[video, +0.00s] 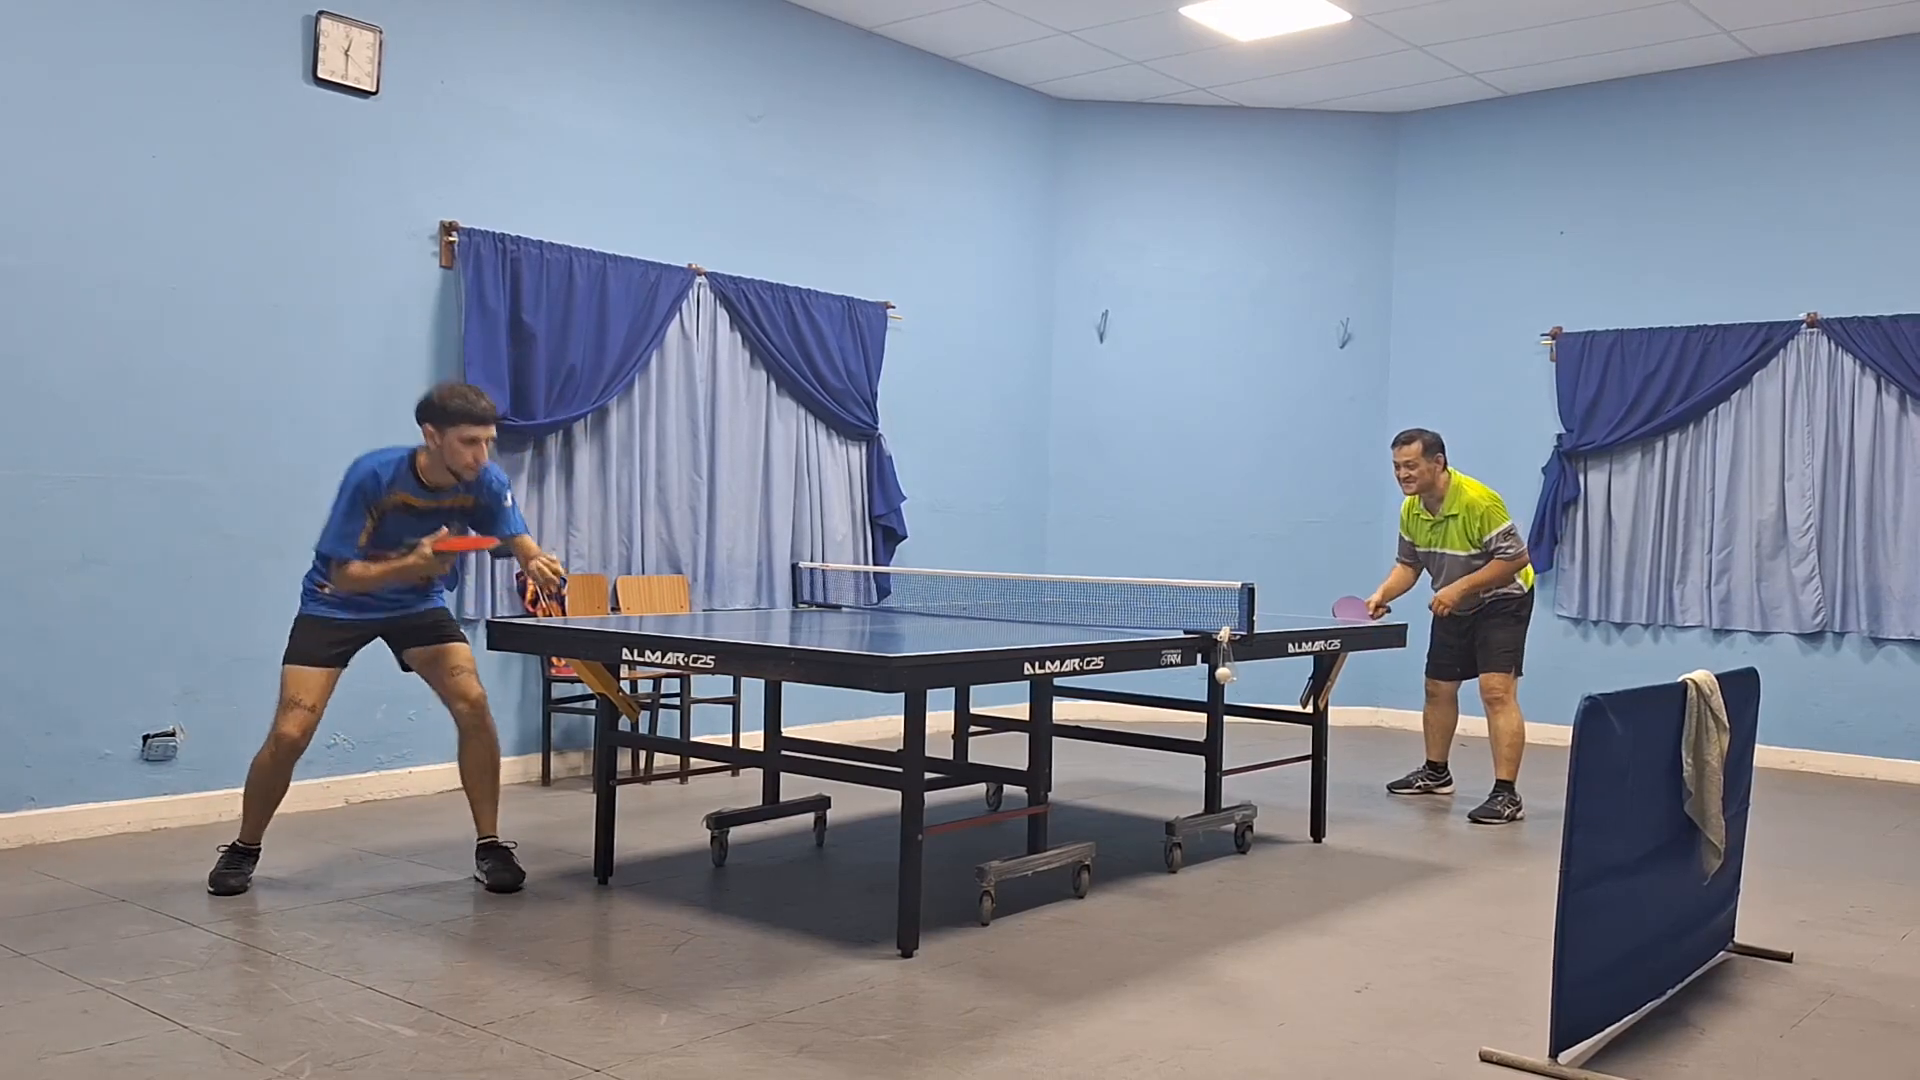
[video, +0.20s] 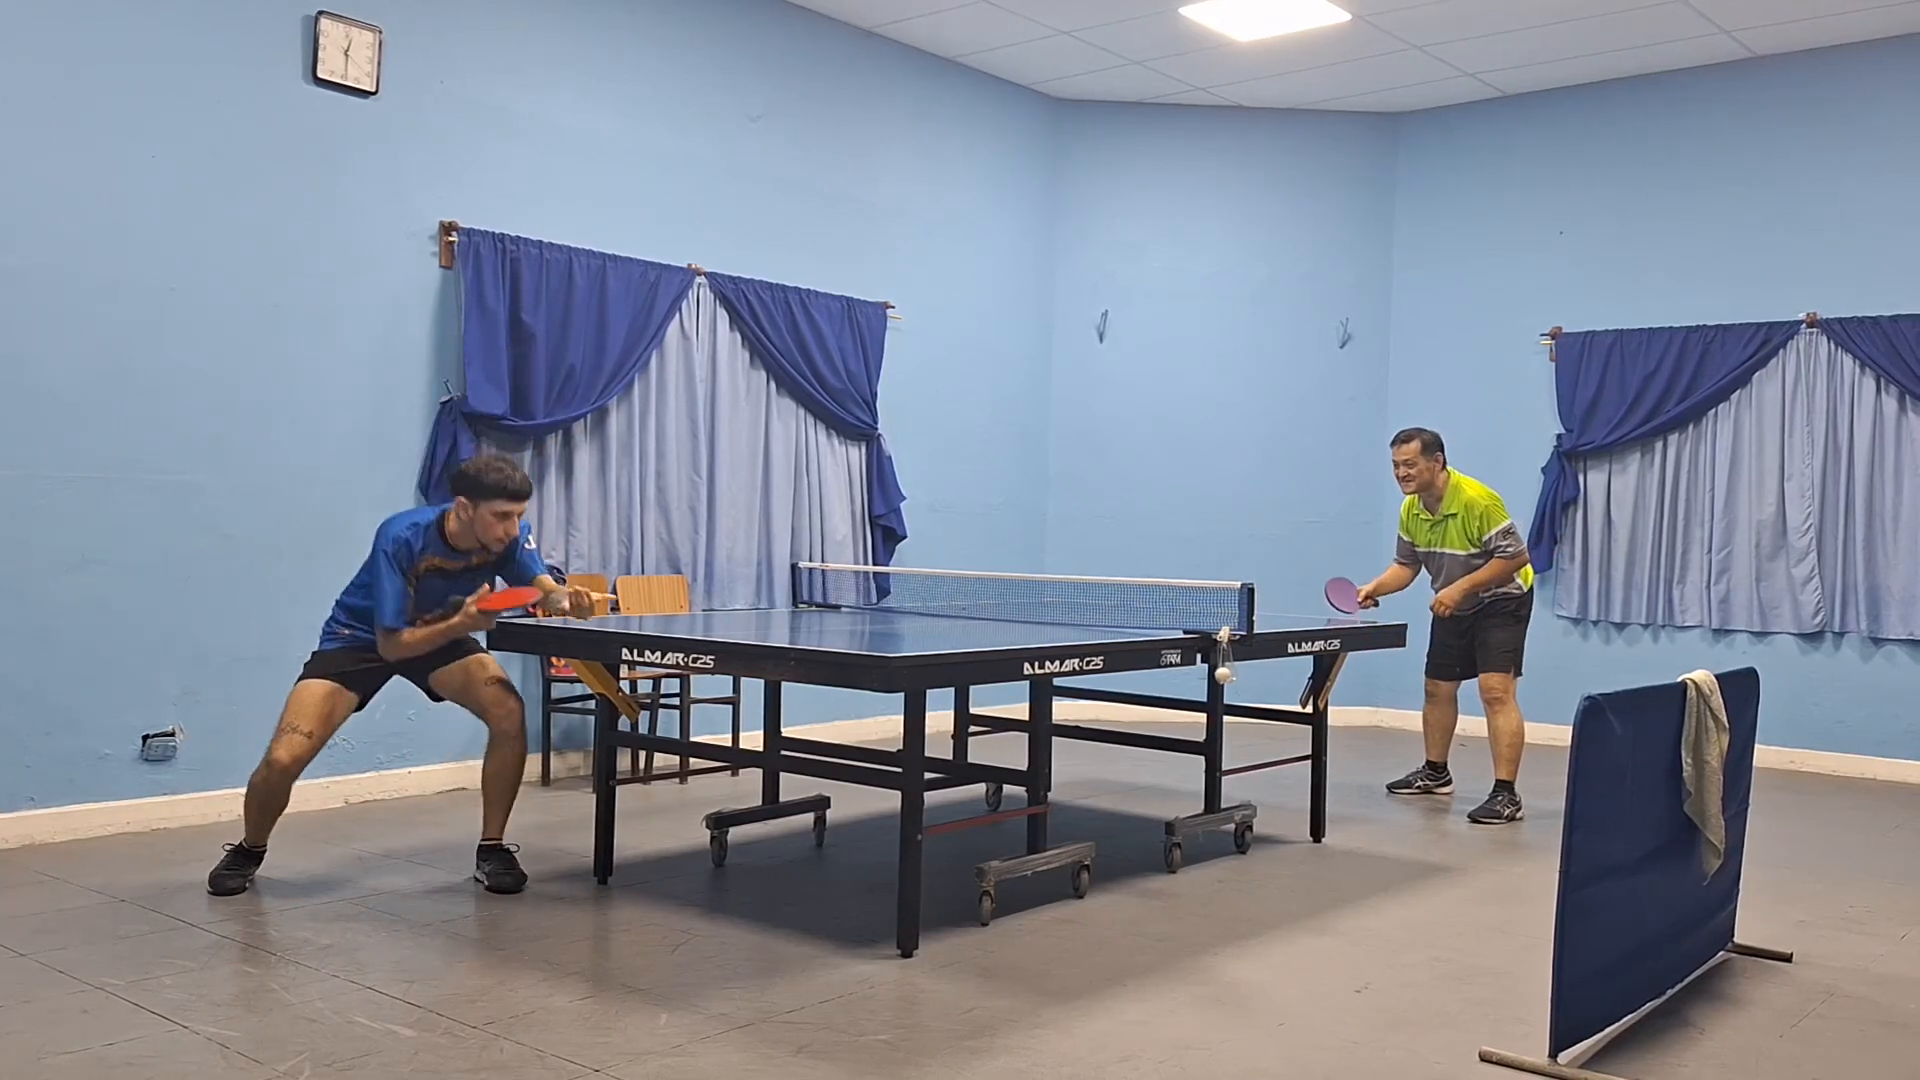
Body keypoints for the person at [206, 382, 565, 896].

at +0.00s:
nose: (481, 457)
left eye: (487, 443)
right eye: (470, 443)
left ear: (493, 439)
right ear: (433, 437)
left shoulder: (486, 485)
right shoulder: (372, 476)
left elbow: (525, 550)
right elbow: (340, 574)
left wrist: (537, 563)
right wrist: (412, 566)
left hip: (416, 606)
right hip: (335, 607)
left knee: (473, 701)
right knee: (290, 733)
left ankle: (491, 846)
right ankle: (243, 849)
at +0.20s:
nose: (514, 530)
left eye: (518, 518)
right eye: (503, 518)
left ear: (522, 514)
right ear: (463, 509)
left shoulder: (507, 541)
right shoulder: (401, 537)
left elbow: (547, 593)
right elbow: (392, 645)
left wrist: (567, 599)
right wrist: (458, 625)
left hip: (437, 639)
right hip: (359, 639)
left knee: (508, 711)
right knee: (283, 758)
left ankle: (493, 849)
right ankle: (248, 850)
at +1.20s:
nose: (478, 477)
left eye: (482, 465)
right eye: (465, 467)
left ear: (487, 466)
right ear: (425, 471)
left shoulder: (479, 507)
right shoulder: (369, 515)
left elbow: (515, 540)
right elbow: (358, 611)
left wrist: (560, 542)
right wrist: (428, 604)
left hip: (423, 640)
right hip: (345, 640)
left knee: (504, 713)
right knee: (282, 767)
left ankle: (488, 850)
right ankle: (247, 851)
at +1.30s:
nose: (455, 439)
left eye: (458, 428)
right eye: (439, 430)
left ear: (463, 432)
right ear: (401, 441)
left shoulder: (467, 477)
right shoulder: (357, 491)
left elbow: (520, 486)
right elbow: (353, 591)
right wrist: (416, 562)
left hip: (423, 623)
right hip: (342, 627)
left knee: (497, 712)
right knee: (280, 761)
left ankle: (488, 850)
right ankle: (245, 851)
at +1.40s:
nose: (428, 407)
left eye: (429, 397)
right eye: (412, 399)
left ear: (435, 404)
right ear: (374, 416)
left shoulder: (446, 446)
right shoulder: (337, 471)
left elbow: (511, 439)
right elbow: (330, 575)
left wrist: (541, 383)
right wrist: (376, 530)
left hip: (418, 611)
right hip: (336, 618)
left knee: (487, 709)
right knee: (276, 752)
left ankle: (488, 849)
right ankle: (244, 850)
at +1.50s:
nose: (396, 385)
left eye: (398, 375)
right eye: (379, 378)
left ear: (405, 385)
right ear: (345, 398)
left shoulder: (431, 433)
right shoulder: (314, 455)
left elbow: (509, 428)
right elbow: (278, 556)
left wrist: (548, 380)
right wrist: (298, 516)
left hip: (408, 604)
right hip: (324, 609)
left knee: (474, 708)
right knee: (268, 747)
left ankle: (487, 849)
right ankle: (243, 849)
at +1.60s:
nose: (370, 373)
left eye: (372, 363)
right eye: (352, 367)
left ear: (381, 375)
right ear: (320, 389)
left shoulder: (413, 429)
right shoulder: (289, 448)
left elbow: (505, 437)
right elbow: (227, 522)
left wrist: (555, 401)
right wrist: (213, 498)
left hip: (394, 600)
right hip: (308, 605)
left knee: (454, 703)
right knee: (260, 738)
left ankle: (485, 849)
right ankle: (241, 851)